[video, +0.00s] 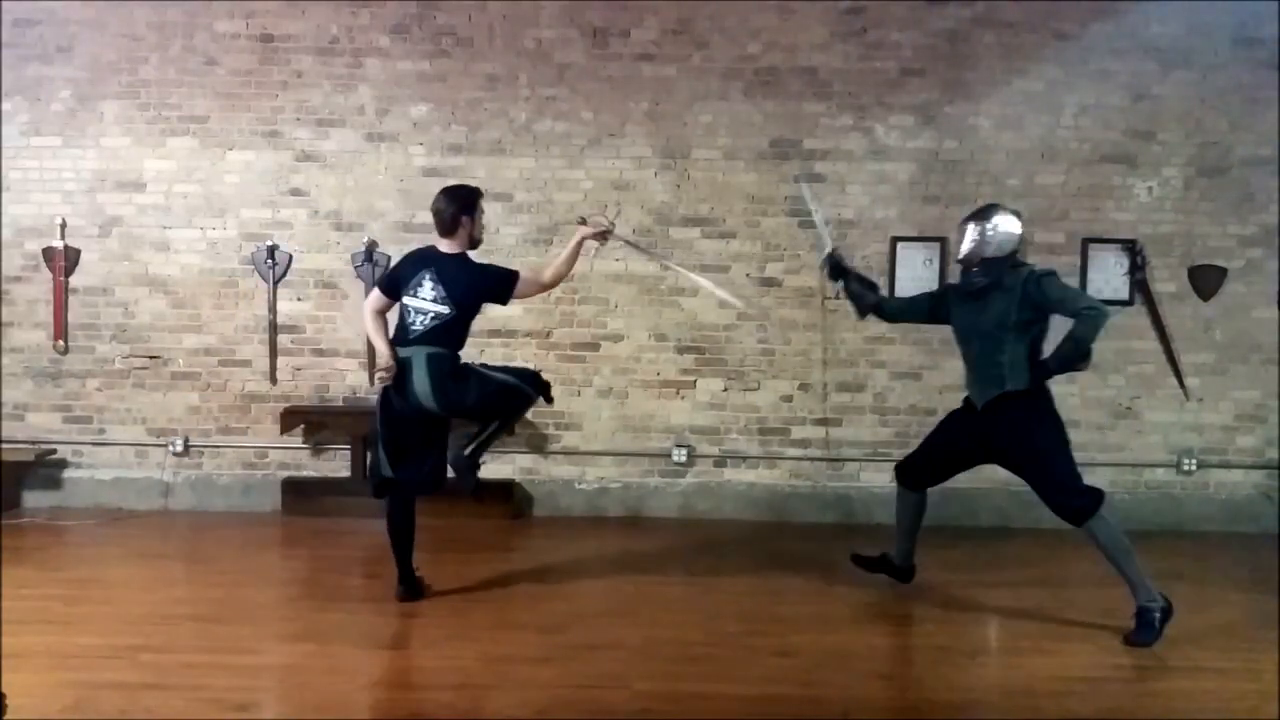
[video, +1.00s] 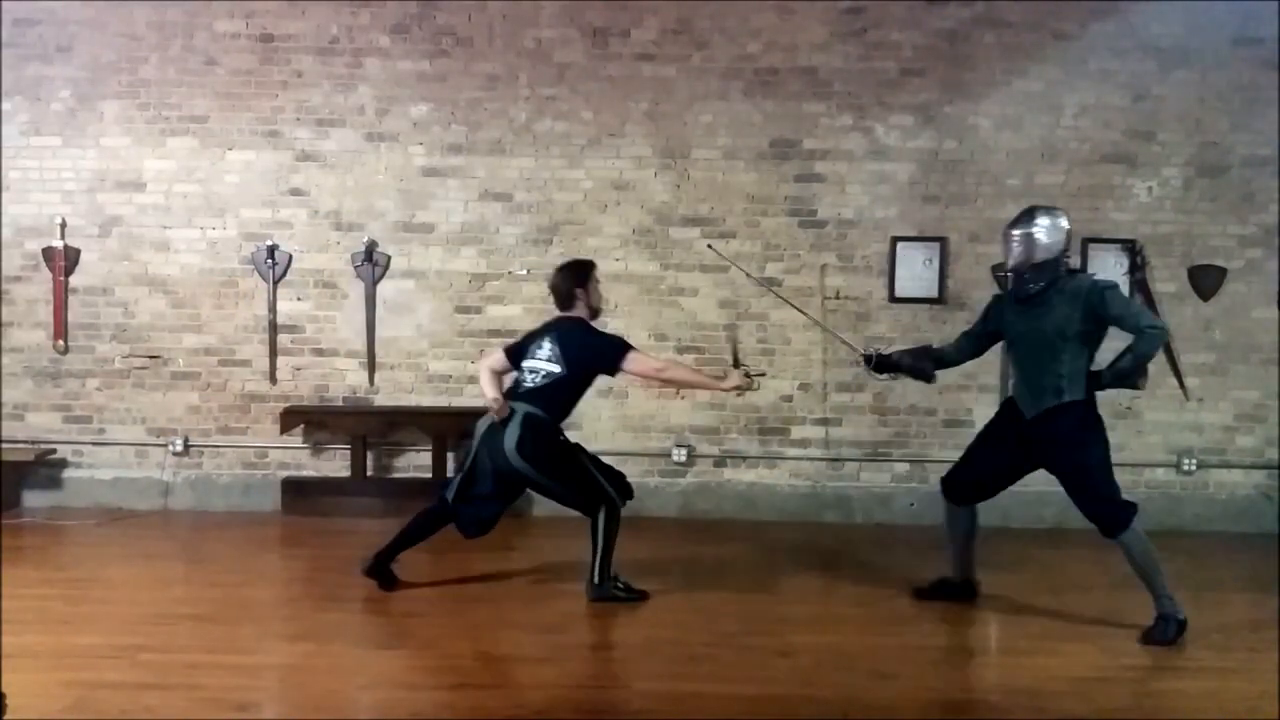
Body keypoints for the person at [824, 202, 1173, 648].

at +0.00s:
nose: (963, 246)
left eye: (971, 237)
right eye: (965, 237)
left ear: (991, 240)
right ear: (997, 243)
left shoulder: (1031, 283)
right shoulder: (955, 296)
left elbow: (1093, 313)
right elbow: (886, 307)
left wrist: (1062, 359)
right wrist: (845, 276)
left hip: (1026, 415)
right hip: (977, 418)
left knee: (1076, 504)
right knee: (911, 474)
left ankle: (1150, 601)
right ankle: (900, 562)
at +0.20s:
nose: (900, 269)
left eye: (906, 261)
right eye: (901, 260)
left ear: (920, 264)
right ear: (941, 263)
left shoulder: (977, 302)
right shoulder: (898, 320)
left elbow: (1046, 324)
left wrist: (1019, 370)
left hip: (981, 424)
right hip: (931, 424)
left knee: (1035, 506)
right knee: (869, 483)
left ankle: (1108, 599)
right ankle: (882, 566)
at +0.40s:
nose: (874, 296)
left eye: (881, 285)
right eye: (868, 288)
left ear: (904, 284)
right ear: (866, 294)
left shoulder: (948, 313)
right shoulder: (873, 348)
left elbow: (1013, 323)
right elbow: (867, 409)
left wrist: (1002, 367)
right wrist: (866, 465)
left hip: (969, 433)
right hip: (916, 436)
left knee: (1033, 510)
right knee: (856, 490)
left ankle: (1097, 600)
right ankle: (880, 566)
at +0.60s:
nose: (882, 293)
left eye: (888, 283)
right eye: (878, 285)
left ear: (911, 279)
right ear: (877, 290)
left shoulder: (961, 310)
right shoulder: (885, 343)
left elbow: (1030, 322)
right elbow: (874, 406)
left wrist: (1011, 370)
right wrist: (866, 458)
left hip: (981, 431)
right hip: (928, 433)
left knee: (1043, 508)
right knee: (867, 488)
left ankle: (1112, 595)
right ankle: (880, 566)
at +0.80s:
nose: (939, 269)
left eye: (947, 260)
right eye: (938, 261)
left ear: (973, 259)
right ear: (948, 265)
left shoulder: (1020, 295)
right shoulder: (944, 317)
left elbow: (1092, 323)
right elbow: (913, 368)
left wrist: (1065, 367)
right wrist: (875, 395)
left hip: (1022, 425)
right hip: (969, 425)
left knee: (1077, 513)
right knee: (910, 490)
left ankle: (1149, 603)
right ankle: (881, 566)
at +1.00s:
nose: (1013, 255)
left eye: (1023, 245)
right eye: (1012, 246)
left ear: (1049, 247)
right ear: (1013, 249)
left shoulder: (1089, 292)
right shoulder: (1007, 305)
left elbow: (1153, 331)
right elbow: (960, 350)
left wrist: (1112, 375)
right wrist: (897, 360)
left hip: (1071, 422)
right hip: (1017, 422)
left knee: (1111, 515)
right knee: (957, 489)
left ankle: (1169, 612)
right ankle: (961, 581)